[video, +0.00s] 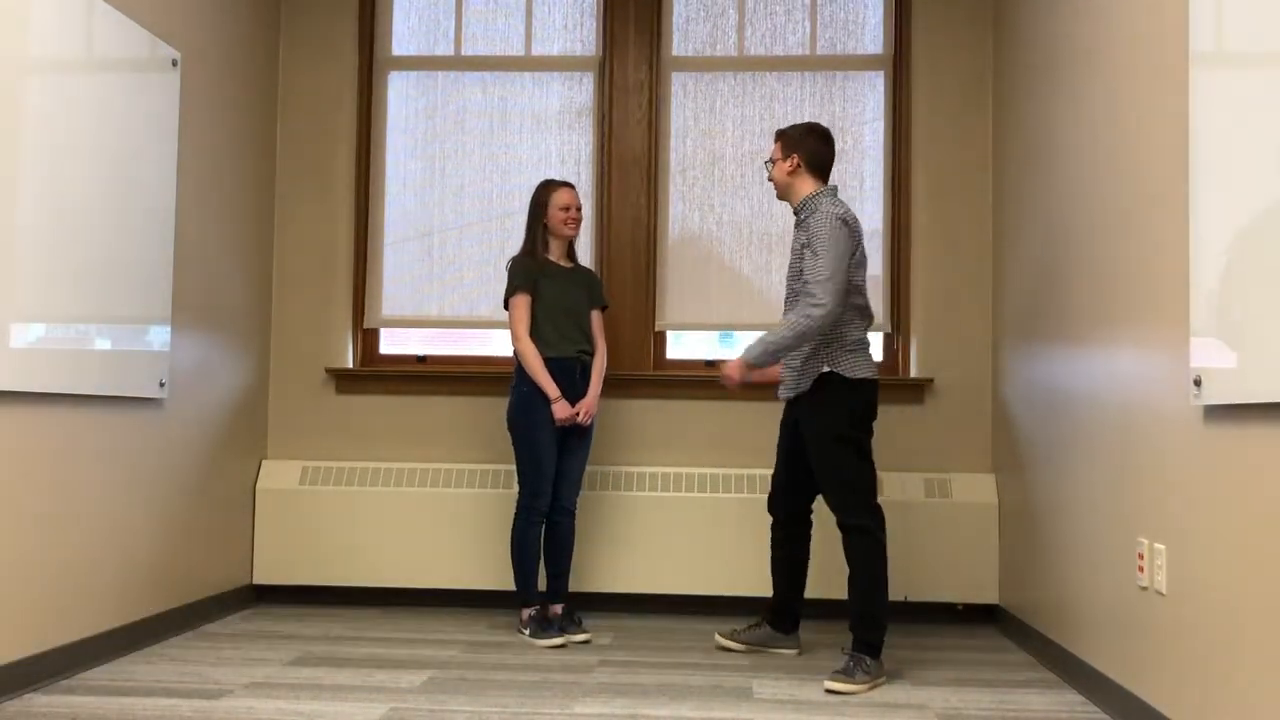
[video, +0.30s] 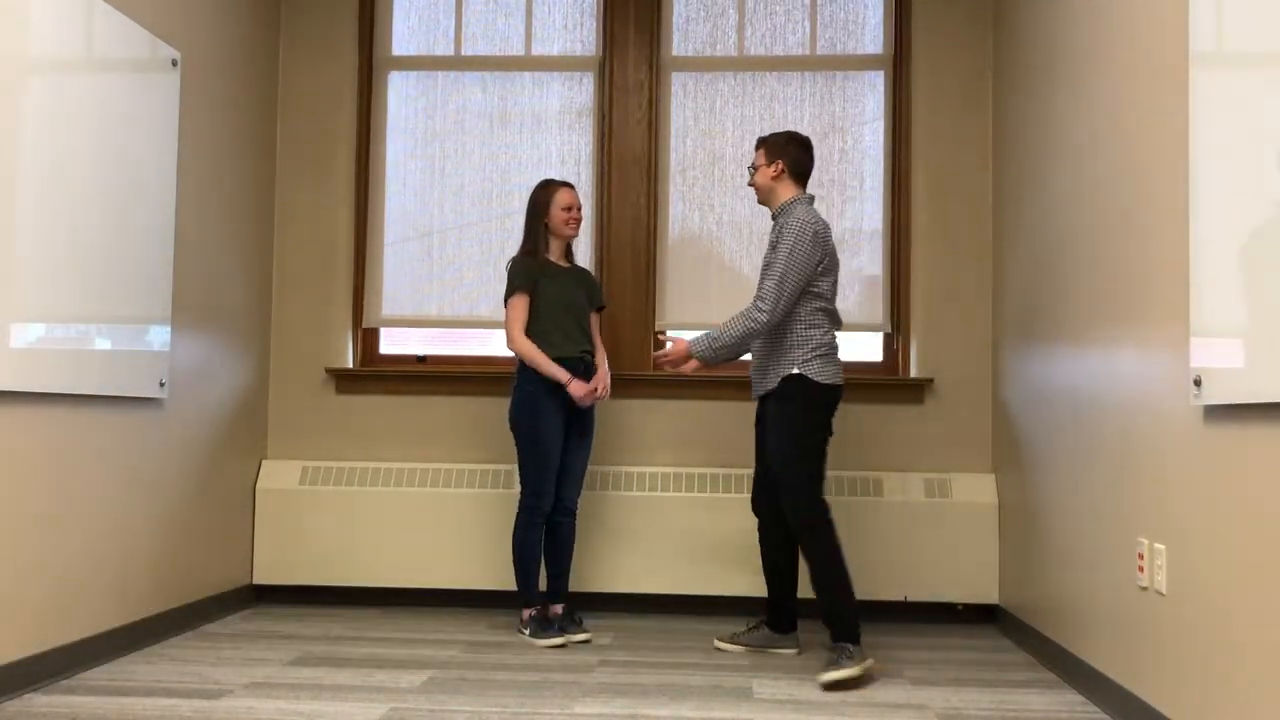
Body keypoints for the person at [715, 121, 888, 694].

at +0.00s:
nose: (768, 170)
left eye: (774, 160)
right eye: (770, 160)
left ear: (797, 163)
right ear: (803, 163)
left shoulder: (829, 217)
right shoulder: (811, 218)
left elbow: (821, 309)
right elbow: (826, 311)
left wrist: (750, 356)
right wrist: (792, 367)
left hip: (840, 387)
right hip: (811, 384)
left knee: (858, 519)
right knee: (788, 506)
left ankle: (866, 653)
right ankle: (781, 625)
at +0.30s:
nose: (749, 176)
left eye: (754, 166)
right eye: (751, 167)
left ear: (778, 168)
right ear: (782, 169)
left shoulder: (802, 227)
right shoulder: (788, 227)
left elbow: (765, 313)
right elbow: (768, 316)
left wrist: (694, 346)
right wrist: (706, 354)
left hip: (802, 383)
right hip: (781, 384)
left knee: (803, 505)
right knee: (770, 504)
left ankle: (847, 644)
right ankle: (779, 627)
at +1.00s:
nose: (726, 180)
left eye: (731, 170)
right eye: (728, 171)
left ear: (755, 173)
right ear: (762, 175)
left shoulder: (771, 228)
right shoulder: (777, 227)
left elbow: (749, 319)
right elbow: (750, 319)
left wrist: (681, 333)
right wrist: (687, 324)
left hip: (768, 383)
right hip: (781, 382)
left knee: (723, 496)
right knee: (775, 502)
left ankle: (769, 624)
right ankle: (782, 625)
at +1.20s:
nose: (715, 177)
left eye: (721, 168)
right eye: (718, 169)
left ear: (745, 169)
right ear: (748, 171)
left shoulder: (767, 232)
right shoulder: (756, 229)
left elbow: (755, 329)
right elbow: (740, 312)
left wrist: (682, 347)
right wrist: (685, 313)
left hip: (762, 381)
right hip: (768, 379)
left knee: (717, 496)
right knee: (773, 501)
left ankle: (741, 631)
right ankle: (782, 622)